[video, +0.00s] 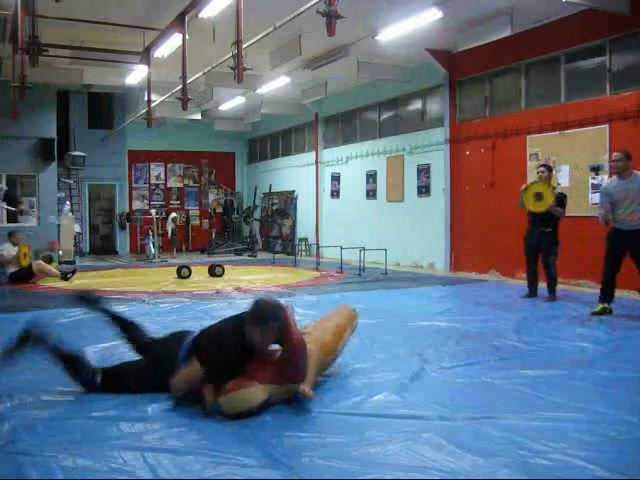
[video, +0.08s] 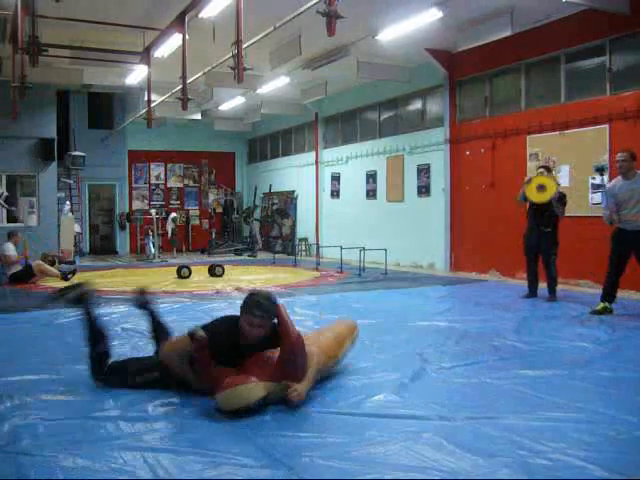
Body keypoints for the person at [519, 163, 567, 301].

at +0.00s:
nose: (540, 175)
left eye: (543, 172)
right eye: (538, 172)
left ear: (550, 174)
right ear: (537, 175)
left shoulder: (558, 194)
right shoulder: (533, 191)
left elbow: (561, 213)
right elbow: (523, 206)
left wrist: (551, 207)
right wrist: (523, 194)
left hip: (549, 231)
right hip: (533, 230)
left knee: (549, 263)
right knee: (531, 262)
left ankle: (552, 292)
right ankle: (532, 290)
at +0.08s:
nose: (542, 178)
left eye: (545, 175)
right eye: (539, 175)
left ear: (551, 177)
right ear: (536, 176)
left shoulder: (558, 194)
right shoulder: (533, 192)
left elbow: (560, 212)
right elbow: (521, 200)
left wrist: (554, 198)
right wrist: (525, 186)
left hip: (549, 233)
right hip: (532, 232)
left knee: (550, 264)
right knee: (531, 264)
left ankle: (552, 292)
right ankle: (532, 290)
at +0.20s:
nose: (543, 183)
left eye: (546, 181)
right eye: (541, 181)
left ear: (551, 182)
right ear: (536, 182)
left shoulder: (557, 195)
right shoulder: (532, 192)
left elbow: (560, 209)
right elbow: (519, 194)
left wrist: (555, 193)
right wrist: (526, 181)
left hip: (549, 233)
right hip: (532, 232)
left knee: (550, 264)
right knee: (531, 264)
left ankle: (552, 293)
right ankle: (532, 291)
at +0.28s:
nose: (543, 175)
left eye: (547, 172)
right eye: (541, 172)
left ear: (551, 176)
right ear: (537, 175)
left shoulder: (554, 191)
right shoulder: (532, 190)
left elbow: (562, 203)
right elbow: (519, 184)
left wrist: (558, 185)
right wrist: (529, 171)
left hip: (548, 229)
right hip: (533, 227)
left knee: (549, 262)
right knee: (531, 261)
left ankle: (552, 291)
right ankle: (532, 290)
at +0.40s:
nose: (535, 178)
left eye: (538, 175)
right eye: (534, 176)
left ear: (544, 178)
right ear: (533, 179)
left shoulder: (553, 192)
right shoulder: (531, 191)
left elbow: (565, 193)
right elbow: (519, 180)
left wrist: (560, 176)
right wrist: (530, 167)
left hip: (548, 229)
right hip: (533, 229)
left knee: (550, 263)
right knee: (532, 262)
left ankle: (552, 292)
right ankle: (533, 290)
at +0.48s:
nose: (532, 178)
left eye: (535, 175)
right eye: (531, 175)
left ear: (543, 177)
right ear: (530, 179)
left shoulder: (554, 192)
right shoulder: (530, 191)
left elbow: (566, 184)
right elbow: (520, 177)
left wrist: (564, 169)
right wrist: (532, 162)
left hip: (550, 228)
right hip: (534, 228)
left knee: (550, 261)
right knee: (532, 261)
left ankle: (553, 292)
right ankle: (533, 290)